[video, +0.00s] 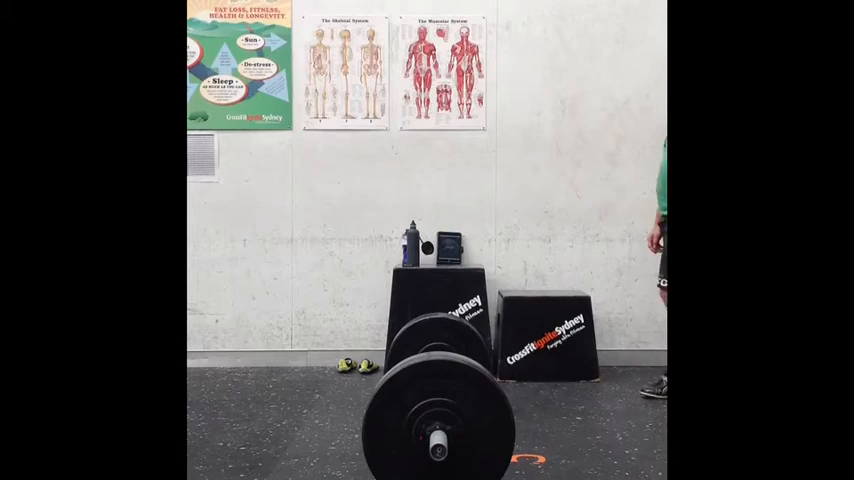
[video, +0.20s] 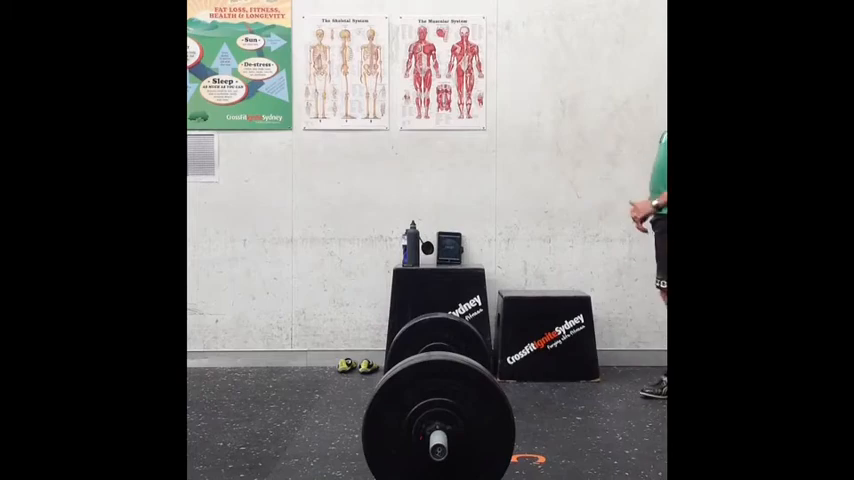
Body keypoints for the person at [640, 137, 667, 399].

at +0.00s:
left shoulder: (665, 149)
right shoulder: (665, 146)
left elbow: (663, 185)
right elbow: (663, 184)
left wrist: (659, 221)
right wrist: (659, 221)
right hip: (666, 227)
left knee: (665, 292)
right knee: (665, 291)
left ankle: (667, 376)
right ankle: (666, 375)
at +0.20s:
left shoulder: (664, 140)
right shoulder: (663, 138)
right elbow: (662, 185)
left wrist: (653, 205)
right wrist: (647, 207)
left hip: (665, 222)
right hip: (661, 222)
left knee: (665, 291)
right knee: (664, 290)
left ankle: (667, 377)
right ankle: (667, 375)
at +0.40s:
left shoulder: (663, 135)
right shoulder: (662, 134)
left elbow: (663, 167)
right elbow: (661, 172)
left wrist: (633, 174)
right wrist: (637, 186)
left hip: (663, 217)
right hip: (657, 216)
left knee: (662, 290)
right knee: (661, 290)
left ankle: (667, 377)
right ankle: (666, 376)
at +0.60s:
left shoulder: (664, 137)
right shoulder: (663, 135)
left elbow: (664, 173)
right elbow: (650, 170)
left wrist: (630, 198)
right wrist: (627, 200)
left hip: (664, 219)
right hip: (655, 217)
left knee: (661, 290)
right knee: (649, 288)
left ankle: (667, 377)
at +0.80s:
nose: (664, 79)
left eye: (666, 74)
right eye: (663, 74)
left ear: (669, 76)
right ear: (662, 77)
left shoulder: (664, 127)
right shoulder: (662, 125)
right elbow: (658, 177)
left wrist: (660, 224)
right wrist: (644, 216)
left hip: (662, 221)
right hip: (651, 220)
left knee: (655, 291)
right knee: (642, 288)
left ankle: (665, 373)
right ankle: (663, 365)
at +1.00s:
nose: (665, 75)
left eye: (666, 70)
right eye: (665, 70)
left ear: (667, 76)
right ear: (663, 77)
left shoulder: (664, 119)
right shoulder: (655, 120)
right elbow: (653, 168)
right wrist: (648, 212)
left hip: (664, 218)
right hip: (650, 217)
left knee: (665, 291)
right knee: (637, 289)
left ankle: (668, 378)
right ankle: (630, 366)